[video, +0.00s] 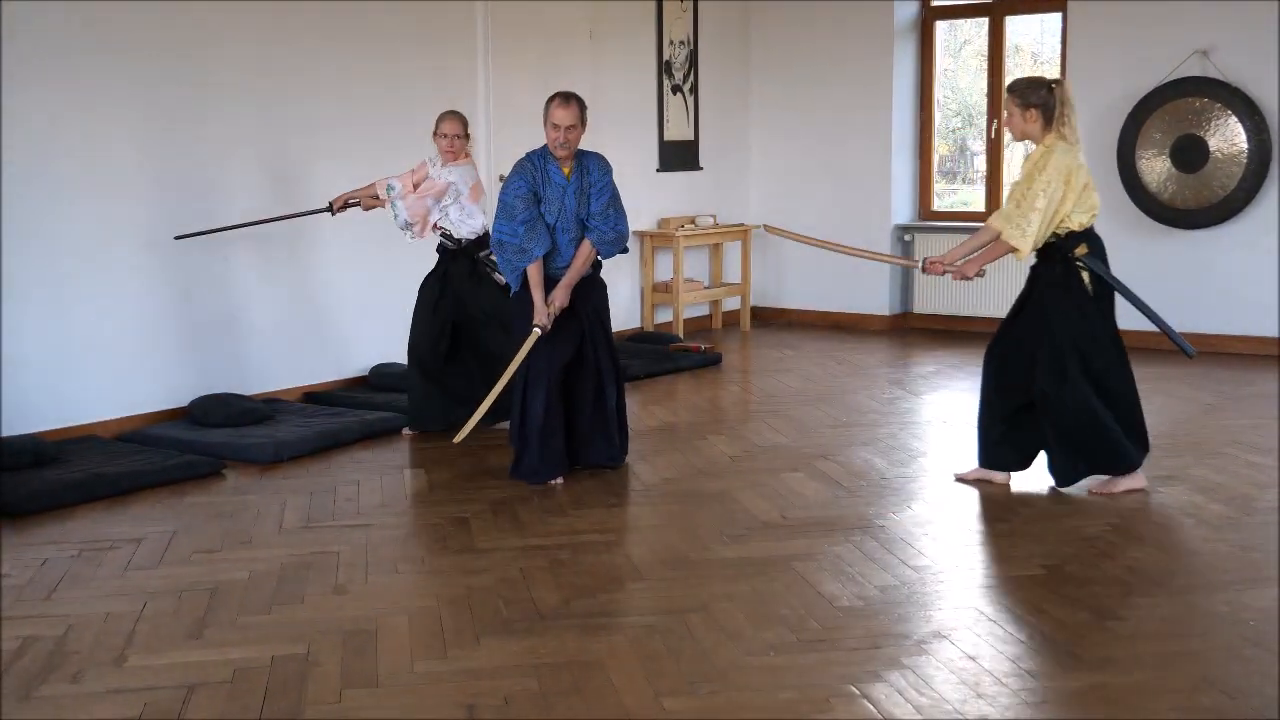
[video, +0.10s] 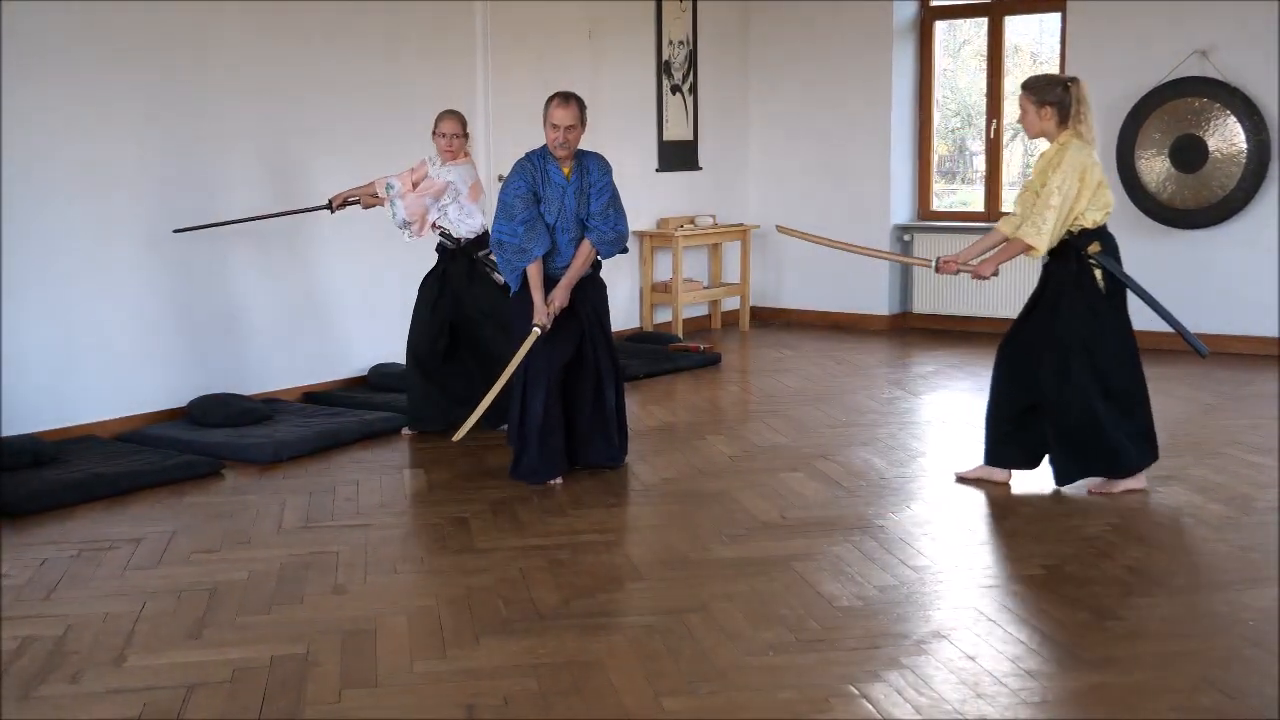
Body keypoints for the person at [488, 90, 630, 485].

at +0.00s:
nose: (562, 136)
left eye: (570, 128)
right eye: (554, 127)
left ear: (583, 129)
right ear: (545, 127)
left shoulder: (596, 168)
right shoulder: (526, 172)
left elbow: (601, 232)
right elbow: (529, 240)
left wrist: (567, 284)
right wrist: (538, 300)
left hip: (585, 280)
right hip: (537, 285)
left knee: (591, 363)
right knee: (543, 369)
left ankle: (592, 451)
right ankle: (546, 463)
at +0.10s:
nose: (561, 136)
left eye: (570, 128)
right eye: (554, 127)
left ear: (583, 129)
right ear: (544, 127)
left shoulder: (596, 168)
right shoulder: (526, 171)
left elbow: (601, 232)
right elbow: (528, 240)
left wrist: (567, 284)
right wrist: (538, 300)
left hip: (584, 280)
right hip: (536, 285)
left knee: (590, 364)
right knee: (542, 370)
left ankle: (590, 451)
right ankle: (545, 462)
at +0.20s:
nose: (561, 136)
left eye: (569, 128)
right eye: (554, 127)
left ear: (582, 129)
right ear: (544, 127)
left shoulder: (595, 168)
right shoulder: (525, 171)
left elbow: (600, 232)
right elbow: (527, 240)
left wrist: (566, 285)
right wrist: (537, 299)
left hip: (584, 280)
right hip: (536, 285)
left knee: (590, 364)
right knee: (542, 370)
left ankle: (590, 451)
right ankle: (545, 462)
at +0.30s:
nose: (560, 136)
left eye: (569, 128)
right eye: (553, 127)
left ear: (582, 129)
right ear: (544, 127)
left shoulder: (595, 168)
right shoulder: (525, 172)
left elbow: (600, 231)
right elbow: (527, 239)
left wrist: (565, 284)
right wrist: (537, 299)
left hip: (583, 280)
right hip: (535, 284)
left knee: (589, 365)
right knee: (541, 370)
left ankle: (590, 451)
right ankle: (544, 463)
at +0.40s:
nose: (560, 135)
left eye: (569, 128)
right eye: (553, 127)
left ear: (581, 129)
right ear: (543, 126)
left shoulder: (594, 168)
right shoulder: (525, 171)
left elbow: (600, 231)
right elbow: (526, 239)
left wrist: (565, 284)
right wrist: (537, 299)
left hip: (583, 280)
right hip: (535, 285)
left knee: (588, 365)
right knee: (541, 370)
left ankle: (589, 451)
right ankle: (544, 463)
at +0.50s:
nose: (560, 135)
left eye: (569, 127)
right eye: (553, 127)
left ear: (581, 128)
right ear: (543, 126)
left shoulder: (594, 167)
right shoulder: (524, 171)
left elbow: (600, 231)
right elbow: (525, 239)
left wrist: (565, 284)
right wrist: (536, 298)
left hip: (583, 280)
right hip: (535, 284)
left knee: (588, 364)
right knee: (540, 369)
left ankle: (588, 451)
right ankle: (544, 463)